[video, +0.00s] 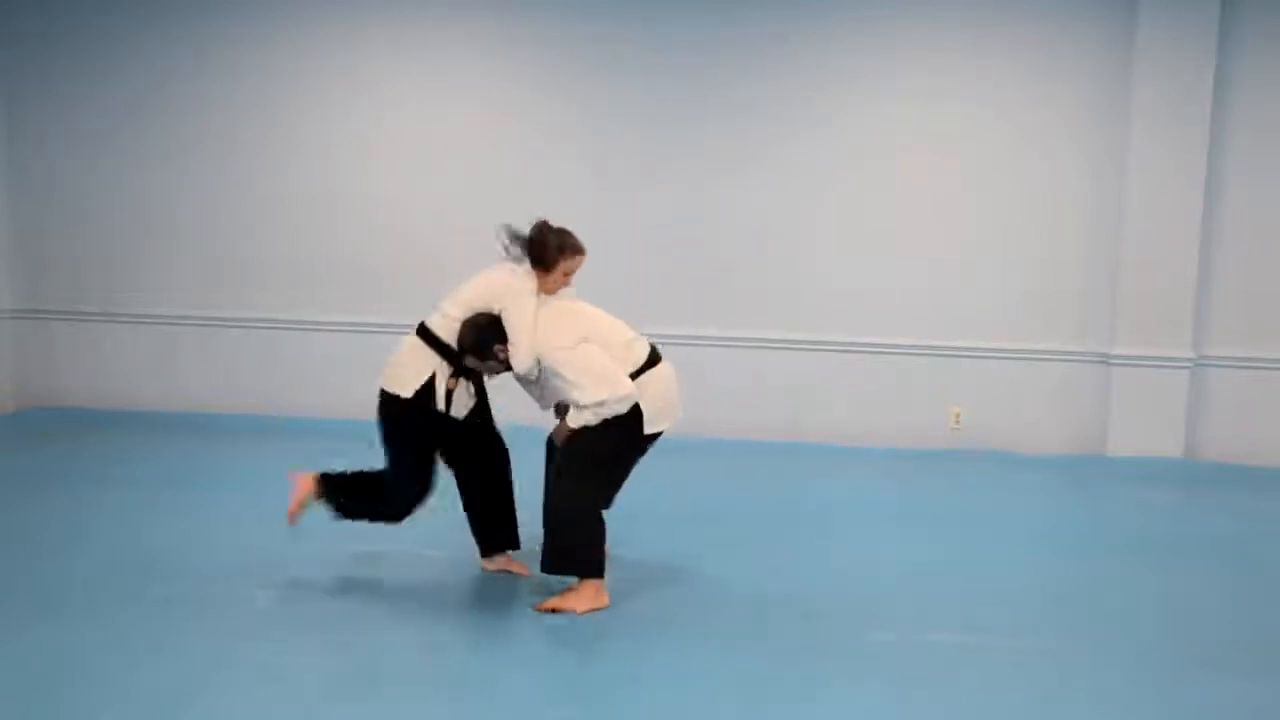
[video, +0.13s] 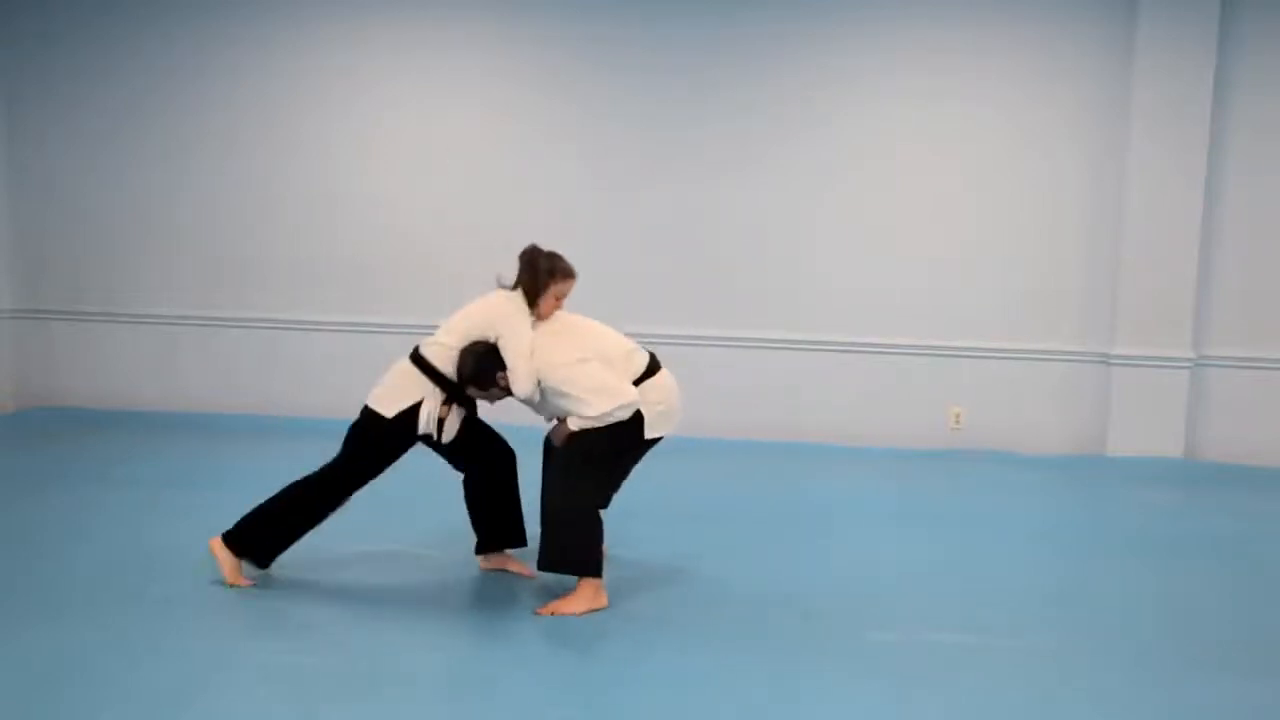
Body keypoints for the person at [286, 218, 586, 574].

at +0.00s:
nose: (571, 282)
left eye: (574, 273)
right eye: (567, 274)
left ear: (546, 264)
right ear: (546, 267)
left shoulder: (527, 287)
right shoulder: (514, 286)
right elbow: (524, 363)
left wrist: (560, 402)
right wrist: (551, 398)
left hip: (460, 388)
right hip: (415, 384)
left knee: (487, 461)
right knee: (405, 491)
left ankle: (495, 553)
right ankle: (320, 487)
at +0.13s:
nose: (562, 306)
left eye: (565, 298)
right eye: (559, 297)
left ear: (537, 287)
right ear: (538, 288)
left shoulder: (514, 308)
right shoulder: (511, 311)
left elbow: (516, 380)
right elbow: (522, 387)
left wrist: (560, 407)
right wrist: (556, 410)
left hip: (439, 405)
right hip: (407, 399)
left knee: (494, 457)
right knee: (340, 479)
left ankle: (494, 550)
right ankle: (233, 544)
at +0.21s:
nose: (552, 314)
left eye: (554, 305)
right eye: (547, 305)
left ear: (523, 299)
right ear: (524, 300)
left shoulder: (502, 322)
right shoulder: (501, 324)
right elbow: (521, 397)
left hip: (438, 423)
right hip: (402, 417)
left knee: (500, 461)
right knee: (329, 483)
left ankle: (499, 552)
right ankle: (226, 552)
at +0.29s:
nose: (549, 305)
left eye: (552, 297)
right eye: (546, 296)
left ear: (521, 291)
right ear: (520, 290)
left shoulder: (497, 321)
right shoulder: (500, 322)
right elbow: (517, 395)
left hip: (444, 421)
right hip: (410, 417)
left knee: (506, 461)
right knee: (338, 489)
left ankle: (500, 553)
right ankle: (229, 549)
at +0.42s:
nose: (550, 256)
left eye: (551, 248)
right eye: (545, 248)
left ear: (519, 247)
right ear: (518, 247)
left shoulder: (504, 281)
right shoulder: (507, 283)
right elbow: (510, 360)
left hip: (466, 393)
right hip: (429, 391)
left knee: (511, 459)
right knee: (387, 490)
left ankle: (501, 553)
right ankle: (282, 533)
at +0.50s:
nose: (535, 230)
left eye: (536, 222)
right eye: (530, 222)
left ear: (508, 219)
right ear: (504, 219)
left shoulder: (493, 256)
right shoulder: (498, 262)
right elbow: (511, 334)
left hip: (473, 379)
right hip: (438, 380)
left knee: (507, 455)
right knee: (448, 481)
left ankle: (500, 553)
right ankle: (362, 514)